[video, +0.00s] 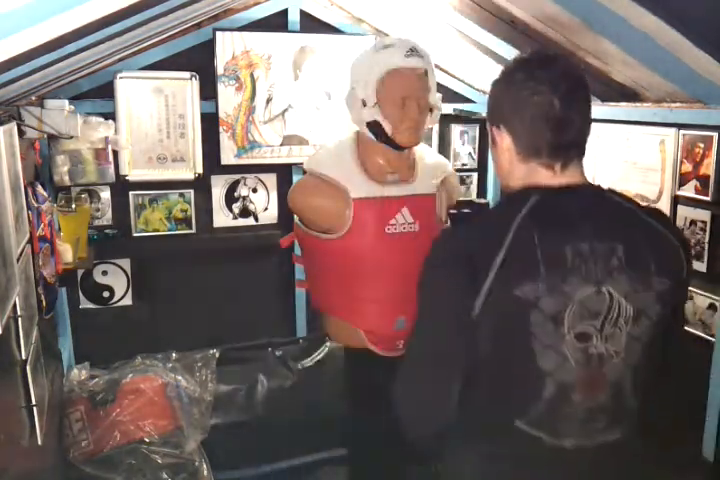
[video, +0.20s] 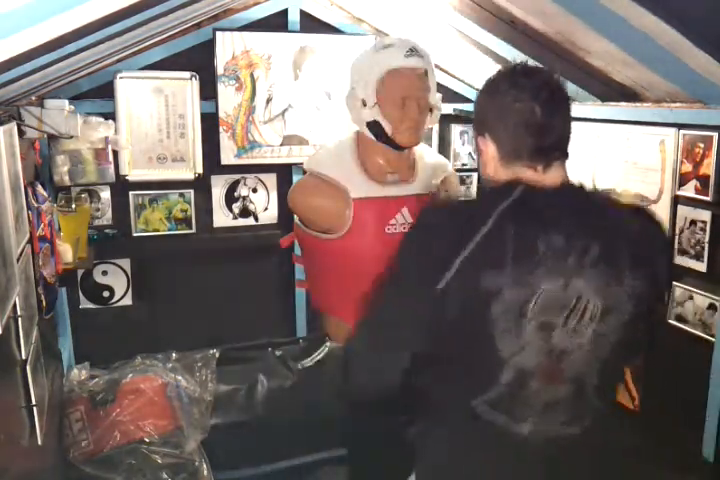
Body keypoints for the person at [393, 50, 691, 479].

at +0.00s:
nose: (491, 150)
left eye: (491, 137)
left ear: (500, 140)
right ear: (583, 133)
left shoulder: (474, 242)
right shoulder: (661, 239)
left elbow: (421, 412)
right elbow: (670, 397)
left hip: (501, 464)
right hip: (624, 464)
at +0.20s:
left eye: (474, 139)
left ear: (485, 149)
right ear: (565, 140)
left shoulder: (448, 231)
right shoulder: (636, 234)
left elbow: (371, 373)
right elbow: (635, 351)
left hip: (465, 458)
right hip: (590, 458)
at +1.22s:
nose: (466, 159)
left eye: (465, 148)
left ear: (476, 154)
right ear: (551, 143)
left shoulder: (440, 235)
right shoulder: (624, 238)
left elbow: (372, 359)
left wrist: (378, 467)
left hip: (455, 461)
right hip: (566, 463)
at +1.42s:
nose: (468, 158)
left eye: (466, 146)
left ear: (477, 152)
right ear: (556, 141)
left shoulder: (443, 234)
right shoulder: (618, 229)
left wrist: (421, 188)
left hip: (463, 459)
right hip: (567, 458)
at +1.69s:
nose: (458, 152)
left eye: (460, 140)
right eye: (458, 141)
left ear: (471, 152)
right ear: (543, 141)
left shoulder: (445, 239)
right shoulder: (594, 224)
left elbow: (390, 286)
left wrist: (433, 187)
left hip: (468, 445)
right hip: (558, 443)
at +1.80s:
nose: (451, 171)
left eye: (453, 161)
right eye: (451, 162)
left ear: (466, 172)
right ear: (536, 160)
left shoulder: (460, 262)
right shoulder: (579, 236)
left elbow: (397, 319)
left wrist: (429, 217)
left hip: (472, 447)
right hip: (554, 440)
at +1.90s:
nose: (457, 165)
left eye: (460, 155)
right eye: (459, 155)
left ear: (471, 165)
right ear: (539, 163)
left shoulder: (456, 271)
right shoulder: (579, 242)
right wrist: (466, 240)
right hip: (545, 452)